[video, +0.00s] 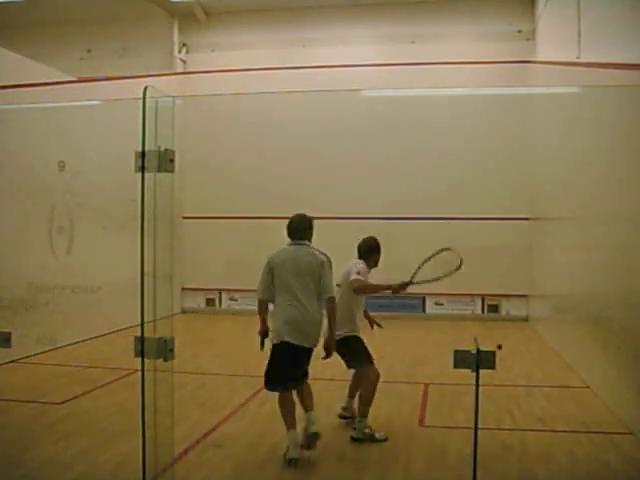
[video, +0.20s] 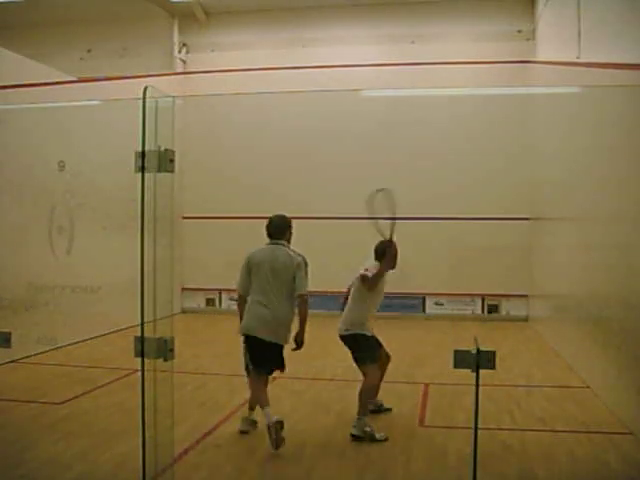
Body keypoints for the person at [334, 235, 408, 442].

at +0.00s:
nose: (379, 259)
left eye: (379, 255)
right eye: (379, 255)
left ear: (361, 252)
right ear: (374, 254)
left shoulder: (353, 268)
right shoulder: (359, 266)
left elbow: (352, 296)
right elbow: (357, 286)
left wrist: (367, 314)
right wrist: (391, 288)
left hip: (342, 331)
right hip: (346, 333)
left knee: (362, 369)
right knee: (372, 375)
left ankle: (348, 407)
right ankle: (361, 426)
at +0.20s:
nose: (397, 259)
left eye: (396, 255)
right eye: (394, 255)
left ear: (382, 256)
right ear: (385, 256)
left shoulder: (376, 272)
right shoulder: (370, 270)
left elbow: (349, 292)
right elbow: (369, 285)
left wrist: (345, 310)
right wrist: (382, 268)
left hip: (362, 328)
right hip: (353, 330)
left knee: (384, 359)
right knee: (372, 374)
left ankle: (371, 400)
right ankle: (360, 423)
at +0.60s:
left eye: (356, 223)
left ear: (356, 228)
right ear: (374, 229)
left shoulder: (350, 247)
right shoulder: (381, 249)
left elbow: (342, 276)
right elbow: (372, 279)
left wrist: (349, 287)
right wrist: (342, 287)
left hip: (361, 309)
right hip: (385, 304)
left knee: (369, 354)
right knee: (404, 342)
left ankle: (381, 396)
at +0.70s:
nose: (352, 239)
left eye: (351, 235)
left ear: (351, 237)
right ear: (368, 236)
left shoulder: (347, 257)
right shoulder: (377, 254)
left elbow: (340, 287)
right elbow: (378, 283)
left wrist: (345, 305)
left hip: (362, 317)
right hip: (384, 312)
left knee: (373, 360)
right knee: (405, 346)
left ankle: (387, 401)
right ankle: (434, 380)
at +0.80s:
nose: (344, 242)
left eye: (344, 238)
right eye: (345, 238)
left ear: (345, 239)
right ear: (361, 238)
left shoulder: (344, 259)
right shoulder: (374, 256)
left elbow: (341, 289)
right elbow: (377, 283)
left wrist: (338, 314)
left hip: (361, 317)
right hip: (382, 312)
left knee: (371, 359)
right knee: (393, 347)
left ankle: (388, 398)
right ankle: (405, 383)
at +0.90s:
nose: (337, 247)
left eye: (338, 244)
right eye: (337, 243)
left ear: (344, 244)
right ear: (355, 242)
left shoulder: (344, 263)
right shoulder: (372, 259)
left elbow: (341, 293)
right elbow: (382, 289)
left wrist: (335, 320)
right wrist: (389, 312)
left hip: (356, 319)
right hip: (375, 316)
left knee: (354, 357)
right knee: (375, 349)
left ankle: (381, 384)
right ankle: (388, 387)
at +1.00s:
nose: (328, 246)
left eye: (331, 243)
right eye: (329, 243)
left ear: (338, 244)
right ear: (347, 244)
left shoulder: (340, 264)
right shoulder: (363, 260)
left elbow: (339, 293)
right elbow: (379, 284)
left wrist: (329, 319)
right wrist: (393, 307)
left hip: (349, 320)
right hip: (369, 318)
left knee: (335, 353)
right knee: (371, 349)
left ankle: (363, 377)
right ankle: (389, 386)